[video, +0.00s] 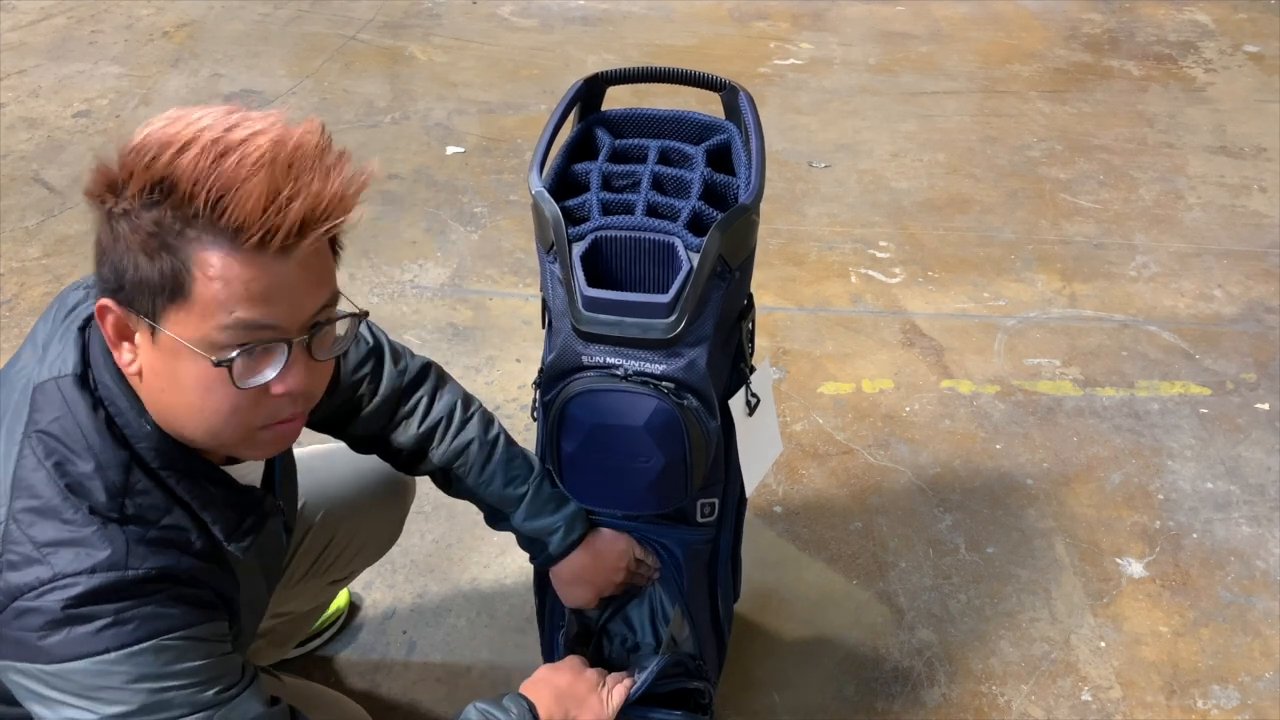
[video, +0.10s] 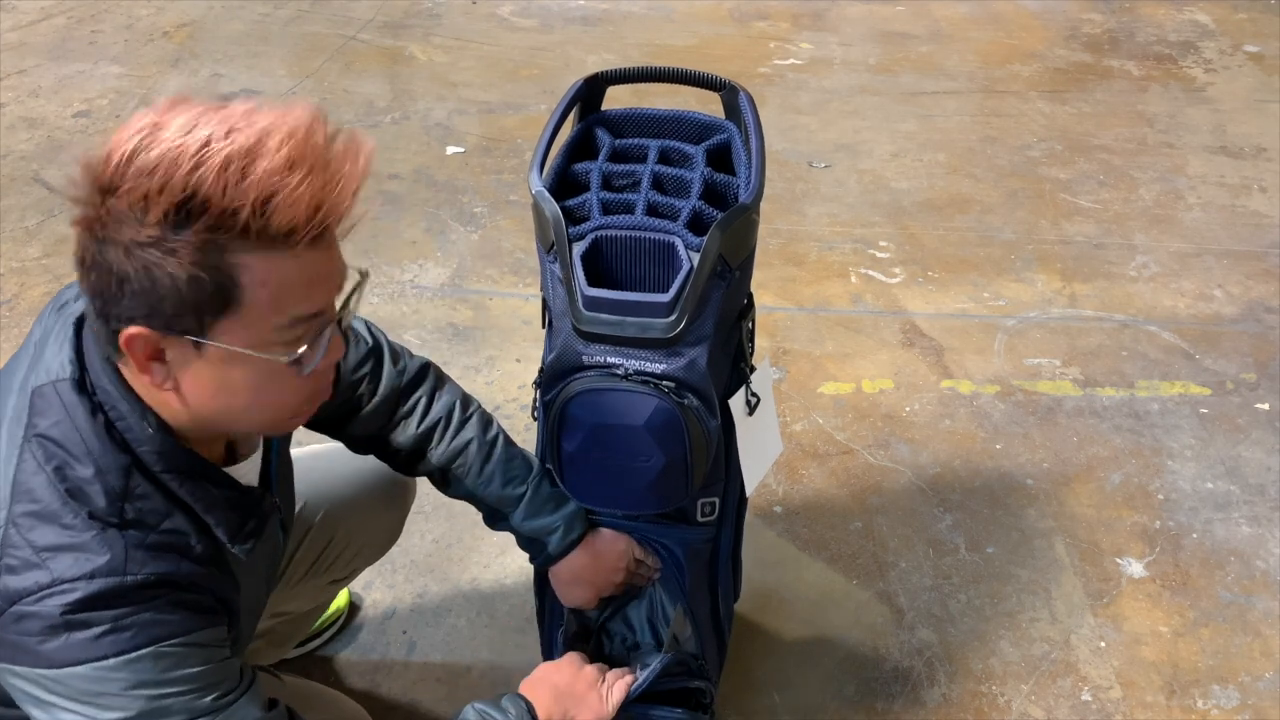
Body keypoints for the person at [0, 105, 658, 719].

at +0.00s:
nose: (301, 384)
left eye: (317, 328)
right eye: (245, 350)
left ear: (330, 286)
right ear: (126, 338)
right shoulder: (100, 605)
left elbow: (401, 396)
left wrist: (562, 537)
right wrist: (529, 712)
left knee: (377, 490)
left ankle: (264, 642)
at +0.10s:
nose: (340, 354)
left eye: (336, 315)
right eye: (302, 341)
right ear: (156, 363)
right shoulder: (112, 621)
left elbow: (395, 394)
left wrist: (561, 537)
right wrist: (529, 711)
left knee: (378, 489)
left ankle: (258, 641)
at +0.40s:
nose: (332, 300)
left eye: (322, 269)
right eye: (303, 294)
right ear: (168, 347)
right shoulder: (98, 590)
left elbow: (318, 370)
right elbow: (357, 699)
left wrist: (436, 396)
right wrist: (542, 532)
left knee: (383, 489)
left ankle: (283, 631)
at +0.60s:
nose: (335, 300)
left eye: (326, 271)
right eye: (311, 288)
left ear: (181, 326)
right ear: (179, 335)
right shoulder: (92, 566)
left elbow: (327, 381)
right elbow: (389, 676)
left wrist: (463, 387)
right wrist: (570, 459)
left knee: (380, 490)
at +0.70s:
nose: (342, 292)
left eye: (338, 260)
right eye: (321, 280)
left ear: (190, 323)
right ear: (189, 328)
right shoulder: (96, 554)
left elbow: (333, 379)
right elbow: (386, 677)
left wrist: (463, 386)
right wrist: (534, 455)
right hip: (85, 700)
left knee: (375, 486)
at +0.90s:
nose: (393, 130)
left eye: (402, 103)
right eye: (390, 106)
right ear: (236, 98)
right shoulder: (70, 344)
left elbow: (266, 283)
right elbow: (225, 618)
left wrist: (436, 354)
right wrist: (452, 471)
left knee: (292, 450)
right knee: (217, 703)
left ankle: (271, 619)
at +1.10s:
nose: (390, 8)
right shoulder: (62, 139)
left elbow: (263, 170)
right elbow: (202, 471)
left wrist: (422, 310)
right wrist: (444, 514)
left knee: (116, 482)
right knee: (43, 682)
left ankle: (212, 650)